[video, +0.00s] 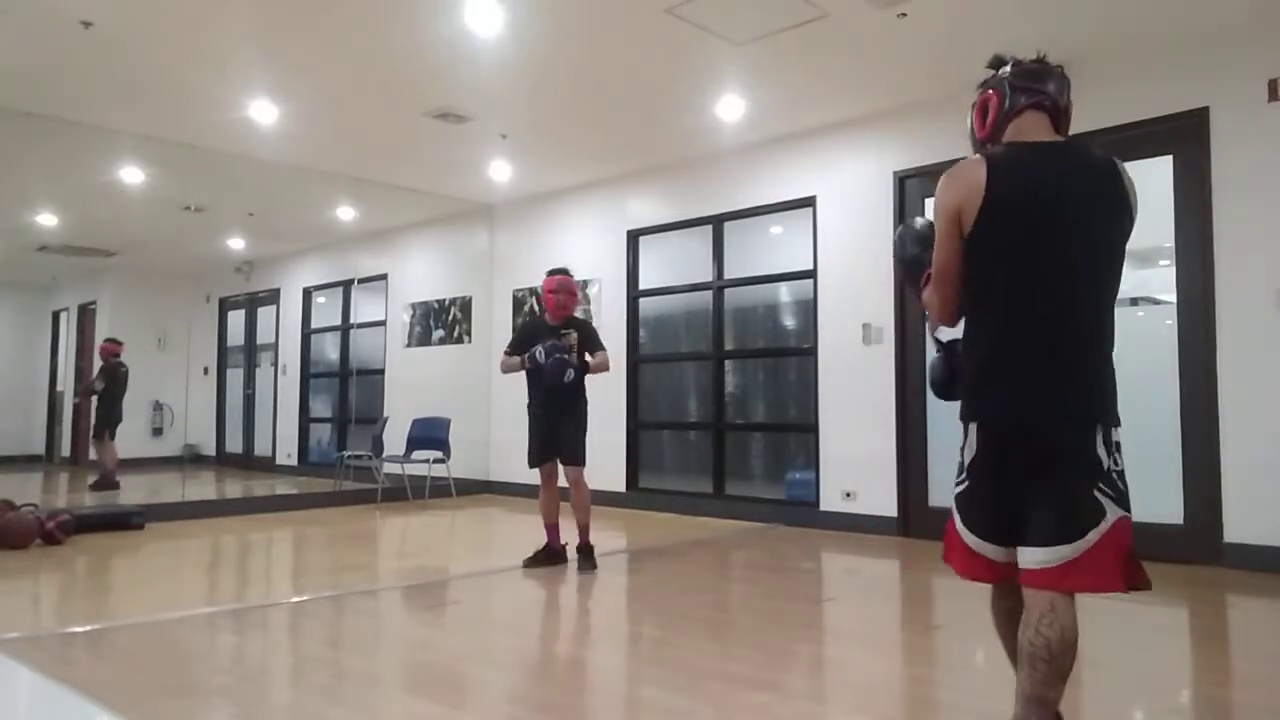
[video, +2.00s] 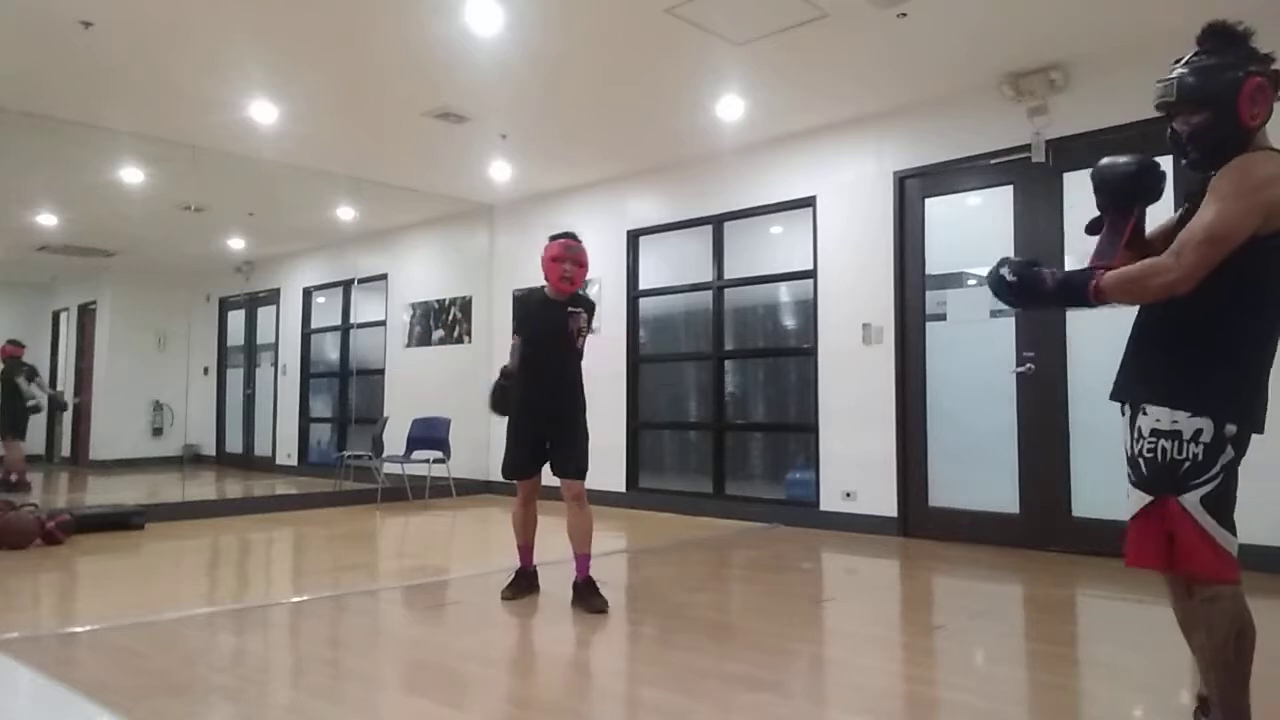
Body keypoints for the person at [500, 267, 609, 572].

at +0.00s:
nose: (559, 299)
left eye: (565, 293)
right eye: (553, 293)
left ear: (575, 297)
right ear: (543, 296)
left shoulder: (582, 328)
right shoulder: (530, 328)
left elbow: (603, 363)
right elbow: (505, 365)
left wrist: (580, 364)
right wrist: (530, 358)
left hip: (572, 410)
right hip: (541, 411)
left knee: (574, 476)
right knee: (547, 477)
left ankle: (584, 546)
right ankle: (553, 546)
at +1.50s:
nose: (545, 282)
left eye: (552, 275)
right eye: (536, 275)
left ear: (562, 278)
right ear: (523, 279)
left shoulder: (571, 310)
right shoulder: (509, 313)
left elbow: (595, 341)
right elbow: (478, 341)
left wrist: (574, 334)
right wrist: (509, 330)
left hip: (562, 410)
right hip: (522, 411)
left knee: (572, 490)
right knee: (524, 488)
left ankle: (563, 541)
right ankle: (525, 570)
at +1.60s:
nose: (543, 279)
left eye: (550, 271)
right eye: (534, 272)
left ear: (560, 274)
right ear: (522, 275)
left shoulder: (569, 310)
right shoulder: (506, 311)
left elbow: (602, 333)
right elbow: (468, 328)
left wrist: (638, 344)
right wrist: (438, 332)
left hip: (562, 411)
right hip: (521, 412)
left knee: (571, 486)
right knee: (523, 488)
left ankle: (567, 556)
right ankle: (525, 571)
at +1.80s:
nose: (553, 268)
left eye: (560, 262)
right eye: (544, 260)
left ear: (568, 268)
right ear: (529, 266)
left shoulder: (575, 307)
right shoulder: (510, 303)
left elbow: (601, 337)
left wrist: (633, 356)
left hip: (561, 412)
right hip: (520, 413)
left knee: (568, 489)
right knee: (522, 489)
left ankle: (584, 573)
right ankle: (525, 572)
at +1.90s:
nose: (559, 268)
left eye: (567, 262)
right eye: (551, 260)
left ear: (576, 269)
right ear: (536, 266)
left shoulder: (578, 306)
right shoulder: (519, 301)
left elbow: (578, 351)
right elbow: (504, 345)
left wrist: (583, 369)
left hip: (563, 410)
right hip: (523, 409)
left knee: (570, 491)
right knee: (523, 490)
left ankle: (582, 578)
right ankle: (525, 572)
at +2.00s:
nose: (567, 269)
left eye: (576, 262)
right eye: (559, 260)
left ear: (585, 270)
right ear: (544, 265)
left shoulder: (584, 308)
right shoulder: (524, 302)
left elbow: (576, 355)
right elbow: (516, 350)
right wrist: (508, 377)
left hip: (567, 409)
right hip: (527, 408)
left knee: (575, 492)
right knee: (527, 490)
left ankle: (583, 581)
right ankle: (525, 573)